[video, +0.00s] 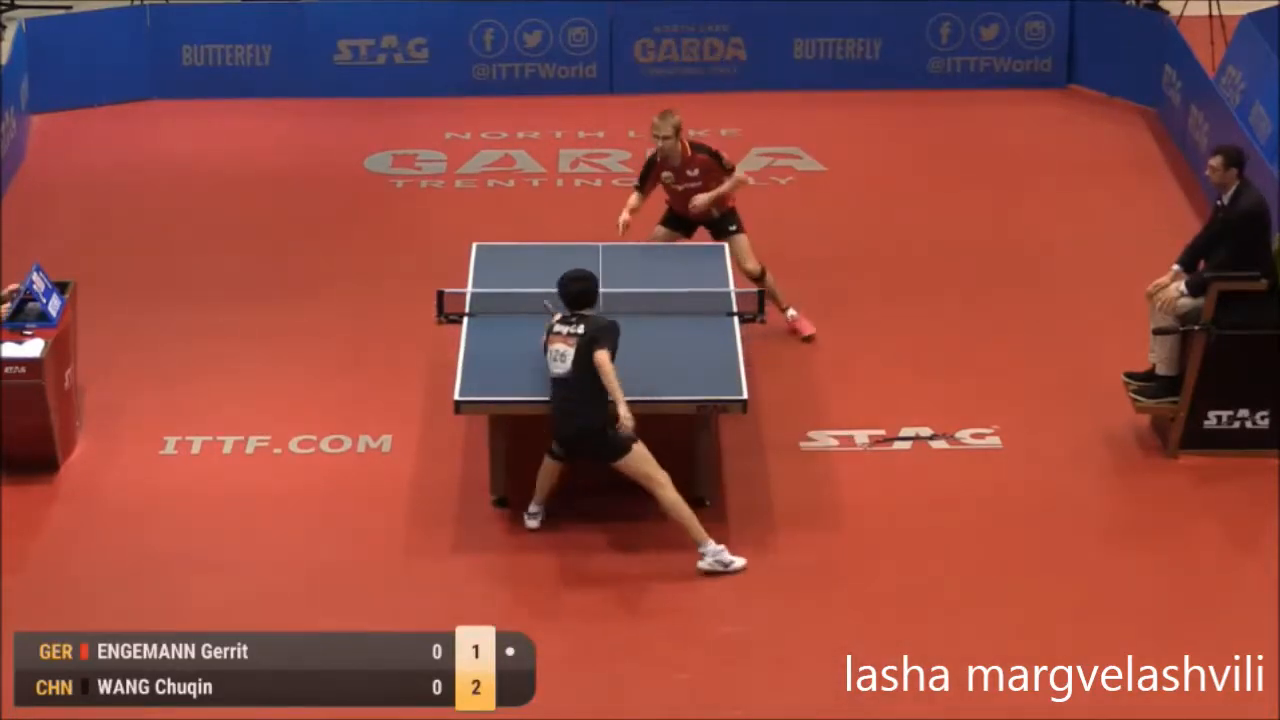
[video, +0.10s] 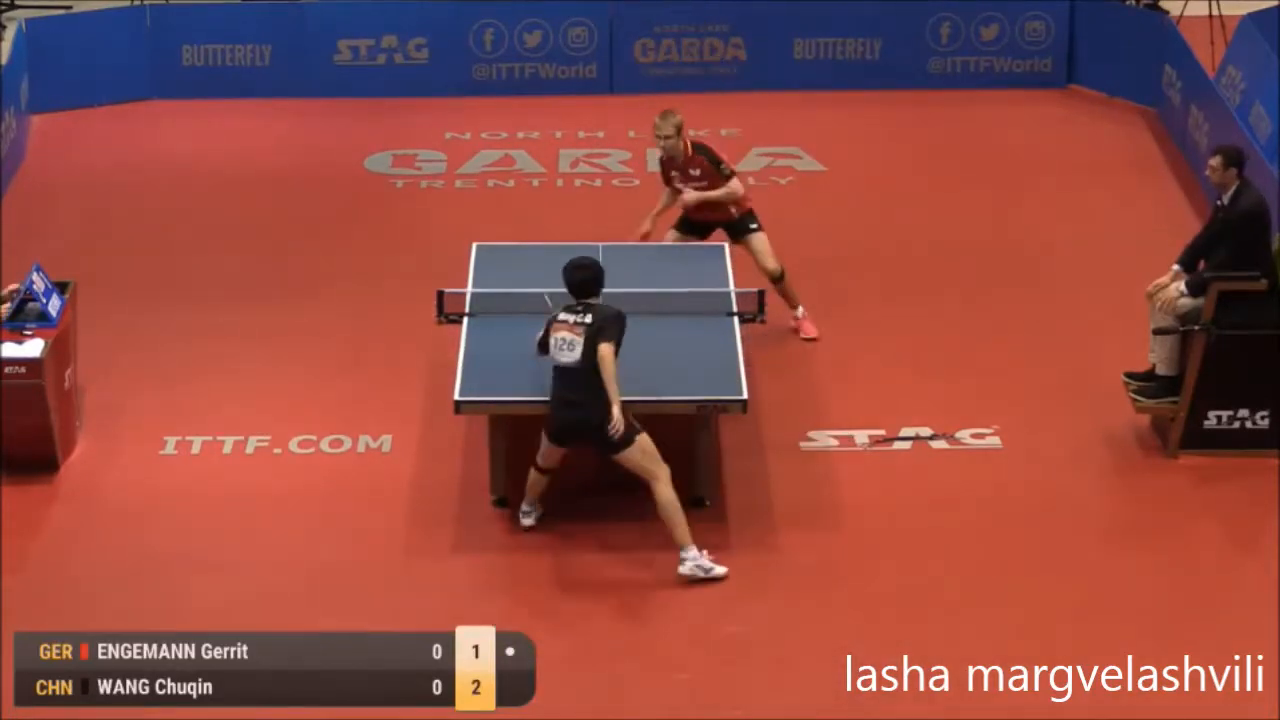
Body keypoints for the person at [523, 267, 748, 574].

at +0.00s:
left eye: (568, 296)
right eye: (593, 292)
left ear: (563, 300)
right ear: (596, 296)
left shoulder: (555, 326)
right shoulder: (603, 326)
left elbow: (548, 347)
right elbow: (601, 359)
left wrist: (557, 324)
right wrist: (621, 404)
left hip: (565, 424)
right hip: (600, 424)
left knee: (555, 454)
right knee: (659, 482)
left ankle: (534, 510)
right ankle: (708, 548)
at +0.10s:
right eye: (598, 279)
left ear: (569, 288)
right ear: (600, 284)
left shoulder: (559, 316)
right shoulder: (610, 315)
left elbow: (541, 348)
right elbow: (604, 353)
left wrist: (563, 331)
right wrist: (615, 402)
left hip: (562, 413)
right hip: (600, 413)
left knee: (543, 465)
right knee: (659, 474)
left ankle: (528, 510)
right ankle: (690, 554)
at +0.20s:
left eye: (582, 288)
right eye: (606, 287)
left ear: (575, 293)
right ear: (609, 292)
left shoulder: (559, 323)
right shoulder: (618, 327)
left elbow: (530, 358)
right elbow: (618, 377)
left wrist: (550, 328)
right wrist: (631, 428)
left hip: (563, 424)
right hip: (605, 427)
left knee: (539, 469)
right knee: (657, 486)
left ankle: (513, 538)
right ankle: (658, 569)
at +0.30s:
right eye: (608, 306)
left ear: (579, 310)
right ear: (613, 311)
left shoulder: (559, 342)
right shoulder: (625, 350)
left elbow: (525, 373)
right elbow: (631, 400)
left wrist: (538, 343)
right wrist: (646, 443)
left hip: (562, 445)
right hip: (607, 449)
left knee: (537, 489)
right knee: (660, 498)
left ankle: (505, 553)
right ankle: (657, 580)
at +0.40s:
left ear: (589, 323)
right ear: (622, 321)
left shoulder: (574, 358)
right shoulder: (641, 356)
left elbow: (530, 385)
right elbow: (669, 400)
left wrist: (544, 360)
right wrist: (656, 423)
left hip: (578, 455)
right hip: (625, 457)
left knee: (539, 496)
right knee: (678, 499)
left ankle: (504, 554)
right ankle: (660, 580)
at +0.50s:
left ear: (594, 320)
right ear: (627, 318)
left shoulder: (581, 355)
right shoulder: (650, 351)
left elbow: (537, 388)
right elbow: (681, 388)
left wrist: (568, 382)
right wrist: (663, 413)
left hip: (592, 453)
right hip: (639, 453)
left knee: (547, 506)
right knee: (693, 498)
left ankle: (506, 564)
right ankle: (665, 579)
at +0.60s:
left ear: (600, 331)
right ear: (634, 328)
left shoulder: (588, 366)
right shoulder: (659, 361)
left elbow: (549, 411)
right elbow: (688, 402)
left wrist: (584, 415)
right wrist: (665, 424)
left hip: (606, 464)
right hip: (656, 462)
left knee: (558, 518)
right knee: (712, 498)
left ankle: (540, 598)